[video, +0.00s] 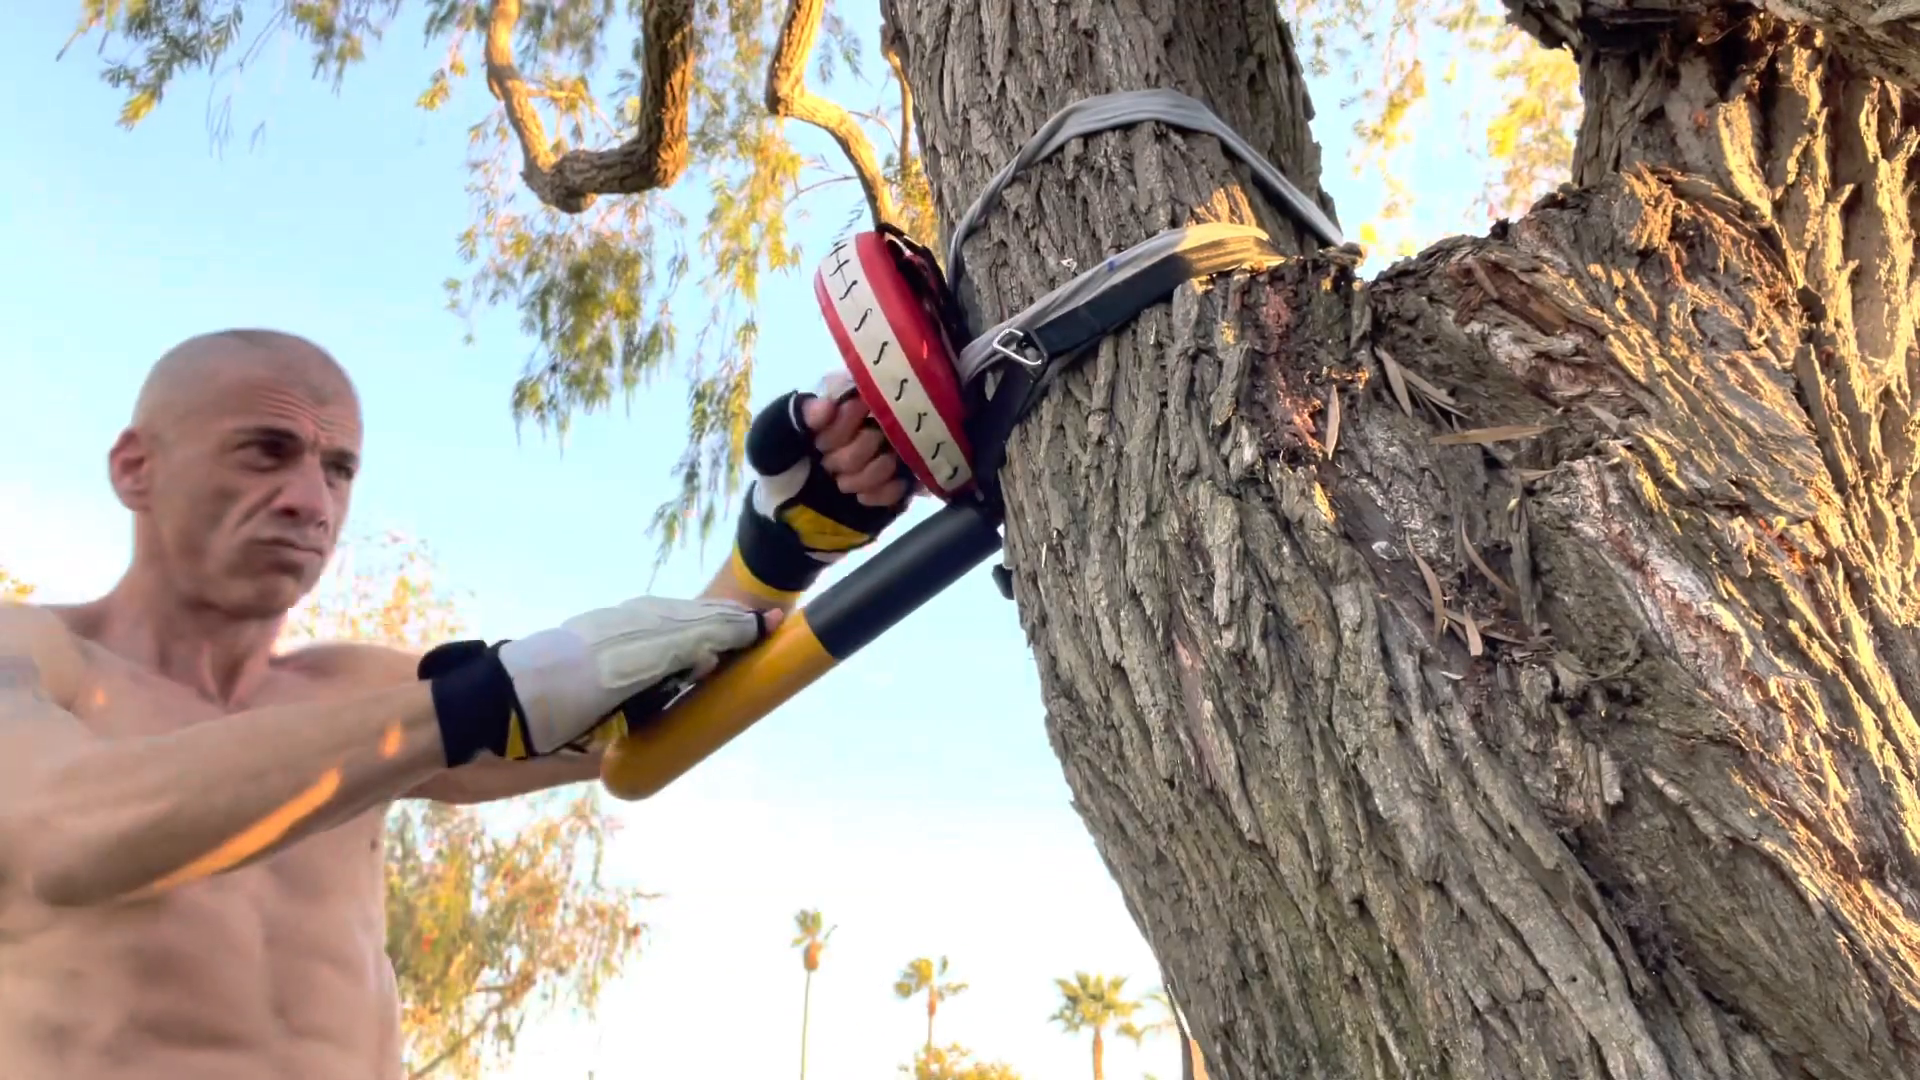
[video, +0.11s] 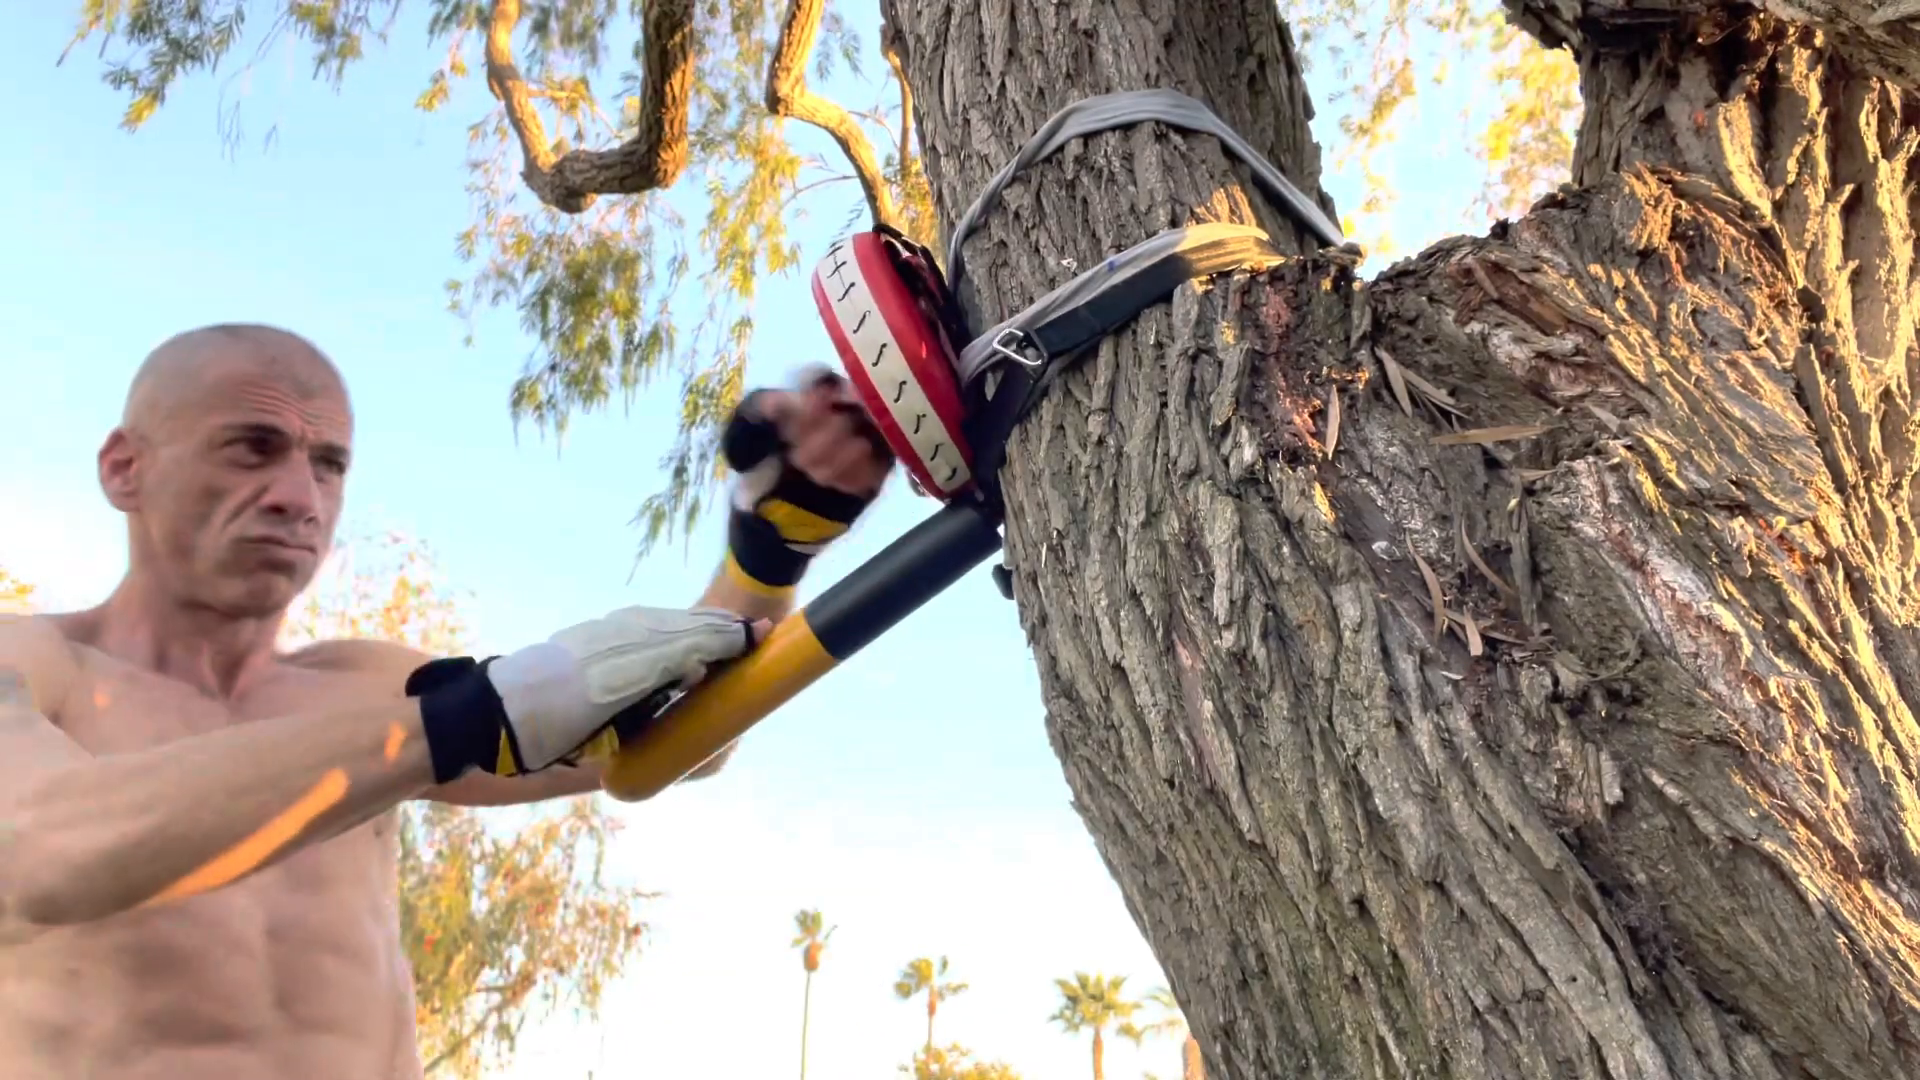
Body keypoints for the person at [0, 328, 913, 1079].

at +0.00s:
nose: (311, 498)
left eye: (336, 473)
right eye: (264, 451)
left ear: (352, 503)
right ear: (135, 468)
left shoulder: (354, 690)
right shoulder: (27, 653)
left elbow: (622, 740)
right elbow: (59, 846)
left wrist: (786, 539)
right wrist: (475, 701)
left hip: (347, 1059)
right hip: (96, 1061)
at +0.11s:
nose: (300, 494)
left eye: (326, 467)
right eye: (251, 448)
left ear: (344, 498)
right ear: (124, 469)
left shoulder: (360, 686)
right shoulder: (26, 664)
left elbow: (633, 752)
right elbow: (43, 862)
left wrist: (774, 540)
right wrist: (455, 722)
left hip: (361, 1059)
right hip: (95, 1066)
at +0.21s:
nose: (348, 489)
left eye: (375, 459)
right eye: (298, 439)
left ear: (393, 489)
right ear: (176, 465)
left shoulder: (419, 673)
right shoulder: (47, 655)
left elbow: (686, 708)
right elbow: (71, 885)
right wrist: (498, 745)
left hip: (405, 1058)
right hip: (138, 1062)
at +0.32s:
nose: (469, 460)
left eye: (497, 436)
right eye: (425, 418)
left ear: (523, 465)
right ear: (302, 444)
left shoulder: (523, 670)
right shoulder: (159, 682)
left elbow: (565, 509)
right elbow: (100, 941)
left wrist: (176, 484)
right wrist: (507, 775)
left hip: (489, 1058)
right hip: (238, 1060)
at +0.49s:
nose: (608, 434)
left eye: (636, 412)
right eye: (565, 396)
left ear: (668, 439)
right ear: (458, 427)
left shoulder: (677, 619)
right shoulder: (320, 671)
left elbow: (835, 425)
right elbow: (144, 985)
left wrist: (509, 494)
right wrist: (510, 800)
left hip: (616, 1057)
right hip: (366, 1060)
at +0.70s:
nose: (652, 447)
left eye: (679, 430)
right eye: (617, 405)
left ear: (697, 475)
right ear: (511, 435)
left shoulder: (695, 644)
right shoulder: (350, 669)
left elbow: (843, 484)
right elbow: (142, 984)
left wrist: (468, 448)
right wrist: (504, 826)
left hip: (622, 1053)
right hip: (367, 1054)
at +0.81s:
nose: (585, 495)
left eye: (613, 472)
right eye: (546, 448)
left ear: (628, 514)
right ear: (459, 459)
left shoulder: (630, 693)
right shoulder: (278, 675)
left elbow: (882, 667)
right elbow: (87, 1009)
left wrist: (641, 461)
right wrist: (447, 806)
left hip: (557, 1058)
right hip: (303, 1061)